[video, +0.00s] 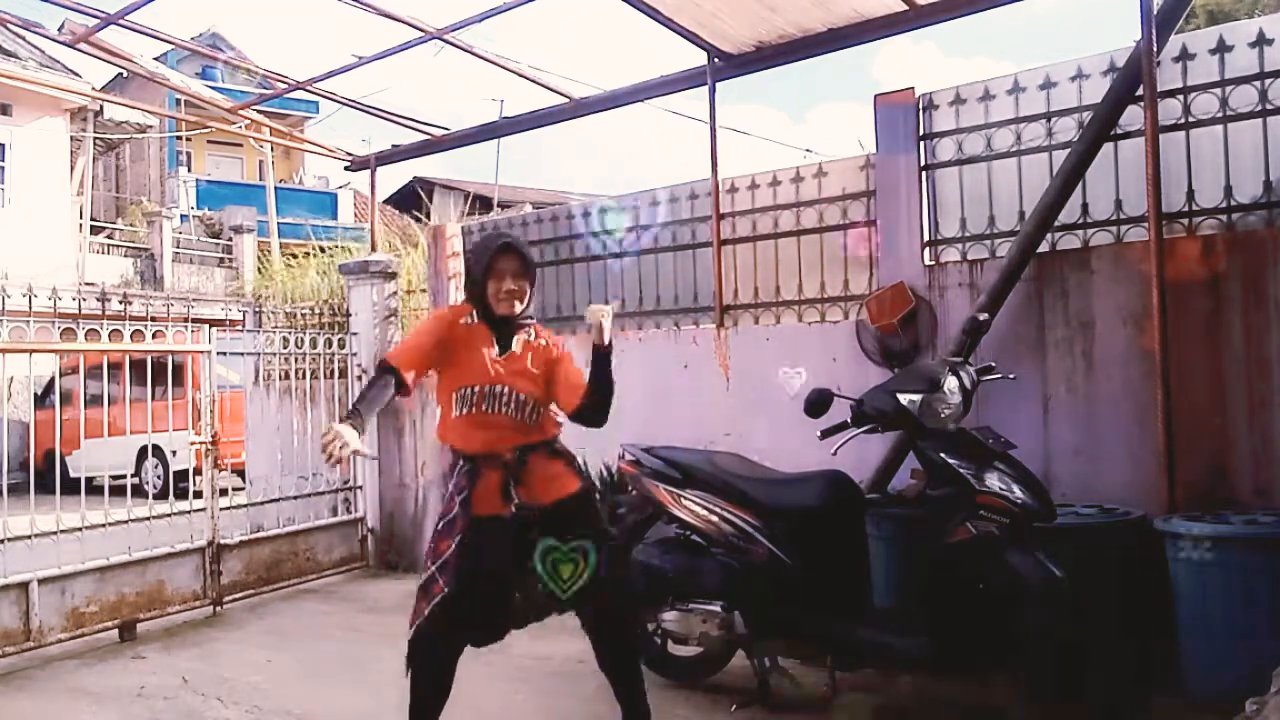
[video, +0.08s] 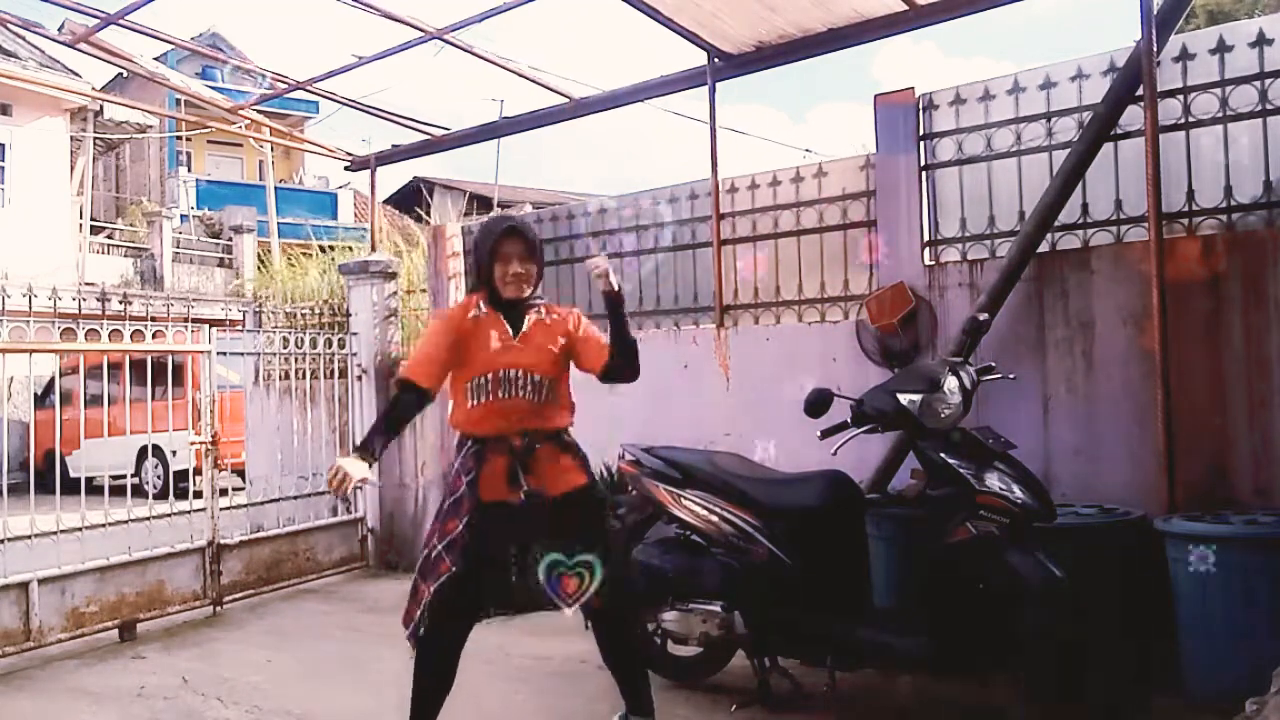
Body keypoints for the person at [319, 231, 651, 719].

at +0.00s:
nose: (510, 286)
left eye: (519, 276)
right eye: (498, 276)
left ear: (531, 284)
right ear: (477, 283)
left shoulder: (544, 345)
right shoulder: (449, 326)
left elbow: (593, 413)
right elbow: (391, 373)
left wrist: (601, 345)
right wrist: (354, 424)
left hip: (550, 474)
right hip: (478, 481)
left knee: (605, 601)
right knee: (446, 620)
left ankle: (636, 712)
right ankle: (422, 714)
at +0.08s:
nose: (516, 269)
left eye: (525, 258)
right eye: (504, 260)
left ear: (539, 265)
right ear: (484, 267)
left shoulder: (561, 321)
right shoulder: (458, 322)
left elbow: (624, 368)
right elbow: (413, 392)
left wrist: (613, 299)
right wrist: (364, 454)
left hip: (561, 477)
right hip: (485, 482)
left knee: (608, 595)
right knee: (448, 611)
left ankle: (640, 711)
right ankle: (421, 716)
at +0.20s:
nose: (537, 282)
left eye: (546, 272)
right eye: (525, 274)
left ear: (560, 278)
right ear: (509, 282)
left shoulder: (593, 321)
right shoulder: (498, 343)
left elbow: (668, 312)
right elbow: (468, 431)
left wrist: (618, 269)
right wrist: (429, 498)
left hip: (578, 508)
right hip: (504, 510)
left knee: (624, 618)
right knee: (454, 629)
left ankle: (639, 715)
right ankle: (427, 717)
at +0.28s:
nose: (548, 299)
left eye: (556, 287)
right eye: (534, 291)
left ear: (570, 292)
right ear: (518, 301)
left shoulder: (604, 334)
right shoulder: (506, 369)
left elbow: (679, 318)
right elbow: (482, 447)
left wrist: (643, 312)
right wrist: (447, 476)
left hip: (588, 520)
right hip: (516, 525)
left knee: (630, 637)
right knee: (461, 635)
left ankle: (637, 715)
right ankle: (430, 716)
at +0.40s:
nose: (552, 271)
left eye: (560, 260)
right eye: (539, 263)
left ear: (574, 265)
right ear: (522, 273)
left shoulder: (606, 316)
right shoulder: (504, 335)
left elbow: (672, 326)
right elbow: (460, 412)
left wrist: (721, 342)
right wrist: (445, 364)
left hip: (587, 486)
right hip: (516, 490)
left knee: (622, 611)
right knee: (470, 615)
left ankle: (639, 712)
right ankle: (437, 714)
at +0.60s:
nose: (533, 256)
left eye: (542, 246)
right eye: (520, 246)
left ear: (555, 254)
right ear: (502, 257)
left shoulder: (582, 313)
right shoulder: (476, 301)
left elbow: (664, 323)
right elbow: (406, 350)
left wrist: (753, 327)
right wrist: (406, 299)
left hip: (572, 475)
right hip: (498, 481)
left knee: (609, 605)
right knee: (480, 612)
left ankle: (638, 711)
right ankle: (491, 717)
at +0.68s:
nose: (521, 262)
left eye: (531, 253)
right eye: (509, 253)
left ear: (544, 263)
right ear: (489, 263)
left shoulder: (572, 320)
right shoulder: (466, 307)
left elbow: (654, 326)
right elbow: (392, 348)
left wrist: (744, 324)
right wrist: (372, 307)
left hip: (562, 482)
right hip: (488, 487)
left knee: (602, 612)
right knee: (477, 626)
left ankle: (635, 713)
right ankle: (490, 717)